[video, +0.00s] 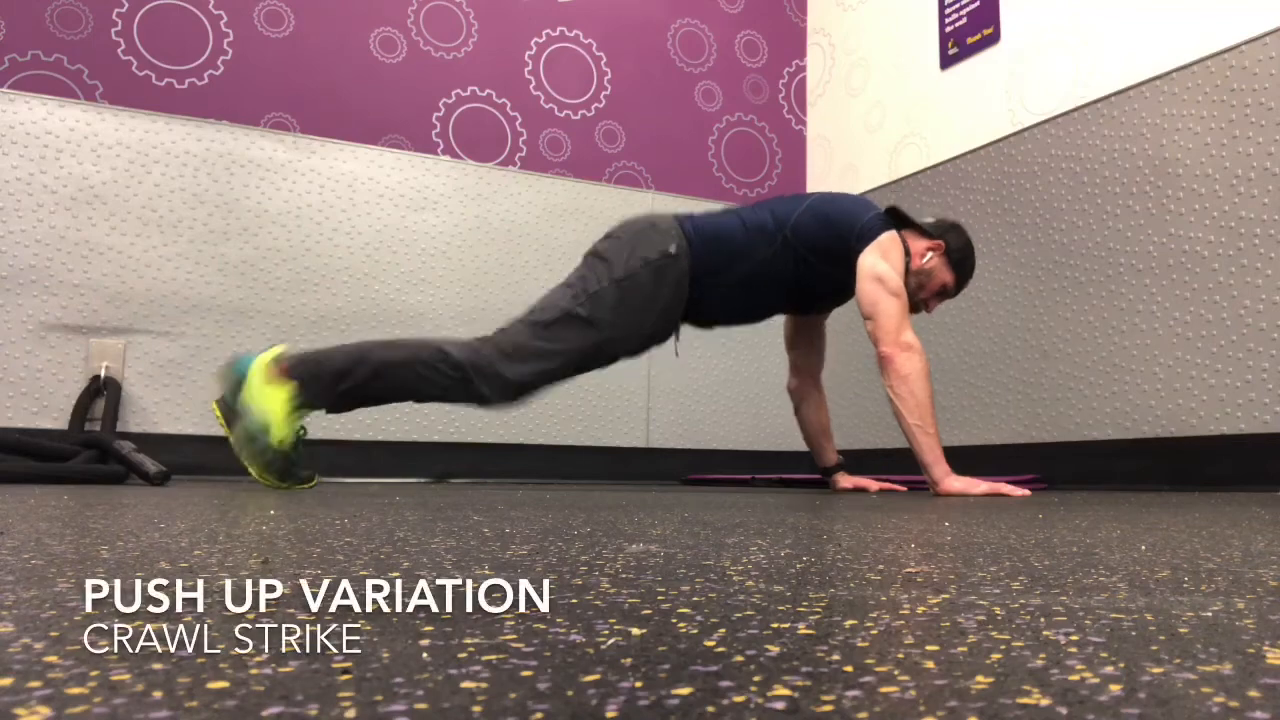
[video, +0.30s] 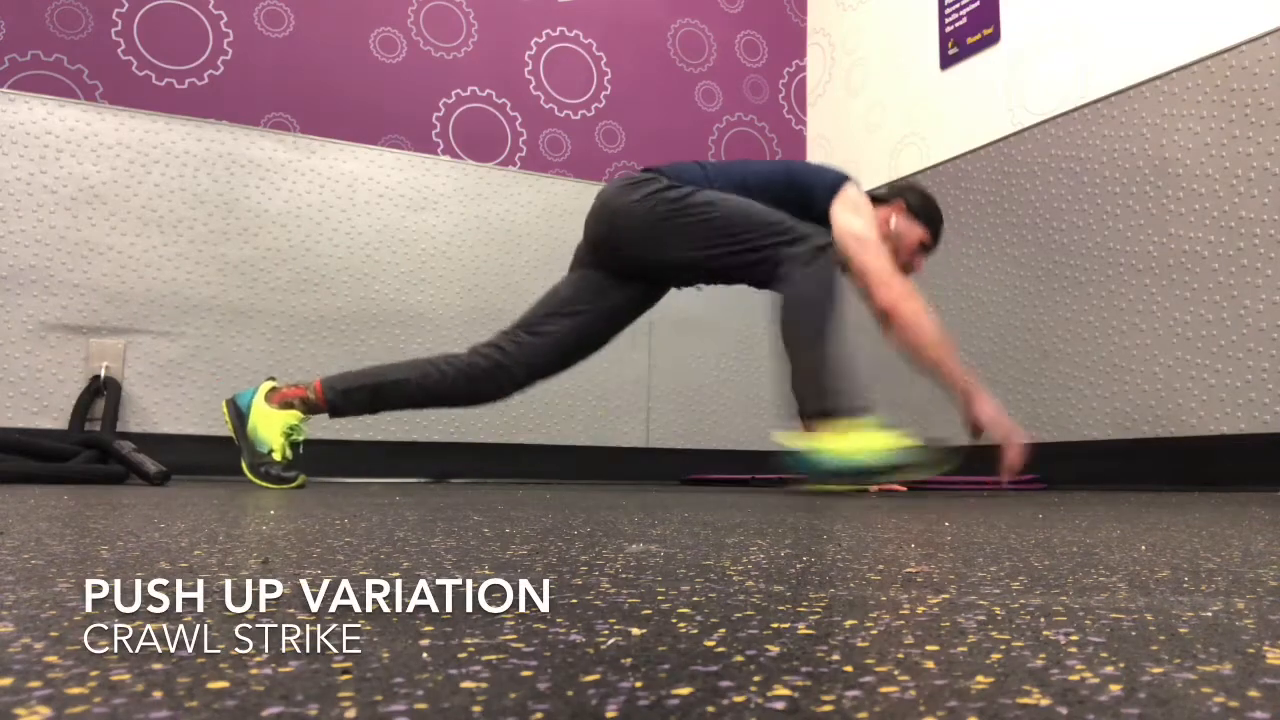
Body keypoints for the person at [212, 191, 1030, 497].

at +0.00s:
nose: (915, 299)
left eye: (927, 294)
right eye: (926, 282)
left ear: (907, 259)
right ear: (919, 245)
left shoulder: (830, 257)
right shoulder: (876, 227)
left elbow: (804, 374)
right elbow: (899, 346)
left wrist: (834, 470)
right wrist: (940, 473)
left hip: (658, 280)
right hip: (658, 262)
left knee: (496, 366)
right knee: (496, 367)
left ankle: (289, 387)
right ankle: (280, 382)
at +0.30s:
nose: (905, 266)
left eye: (914, 259)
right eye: (908, 245)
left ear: (886, 241)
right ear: (886, 206)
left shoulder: (818, 241)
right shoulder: (840, 195)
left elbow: (845, 325)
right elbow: (896, 306)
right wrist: (984, 403)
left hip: (631, 245)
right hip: (645, 201)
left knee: (501, 366)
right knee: (809, 254)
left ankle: (285, 405)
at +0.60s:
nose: (906, 196)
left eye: (911, 188)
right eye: (903, 177)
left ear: (868, 175)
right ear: (876, 158)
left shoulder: (800, 239)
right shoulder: (827, 164)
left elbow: (816, 356)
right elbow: (903, 212)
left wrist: (834, 469)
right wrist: (997, 186)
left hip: (652, 299)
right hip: (666, 251)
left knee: (498, 420)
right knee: (850, 249)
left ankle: (298, 403)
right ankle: (911, 438)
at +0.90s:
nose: (896, 195)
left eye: (901, 184)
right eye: (893, 178)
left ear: (856, 171)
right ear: (859, 160)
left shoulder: (795, 240)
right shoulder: (814, 173)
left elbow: (814, 364)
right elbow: (893, 229)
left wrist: (829, 468)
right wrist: (964, 179)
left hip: (639, 320)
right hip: (652, 265)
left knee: (485, 439)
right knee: (837, 253)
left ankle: (295, 408)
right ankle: (911, 442)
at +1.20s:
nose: (899, 199)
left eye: (903, 189)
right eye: (896, 183)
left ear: (857, 177)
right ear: (862, 164)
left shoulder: (796, 245)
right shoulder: (816, 175)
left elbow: (812, 364)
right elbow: (887, 232)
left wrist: (830, 470)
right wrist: (962, 188)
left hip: (643, 322)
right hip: (656, 263)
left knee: (487, 441)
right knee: (846, 255)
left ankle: (297, 406)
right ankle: (909, 441)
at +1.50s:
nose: (878, 242)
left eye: (887, 241)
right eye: (885, 225)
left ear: (870, 231)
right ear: (862, 190)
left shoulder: (793, 260)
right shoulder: (816, 170)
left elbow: (798, 360)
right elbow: (863, 253)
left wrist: (832, 462)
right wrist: (951, 346)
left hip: (602, 237)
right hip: (615, 190)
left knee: (478, 361)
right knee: (773, 248)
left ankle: (271, 405)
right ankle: (775, 416)